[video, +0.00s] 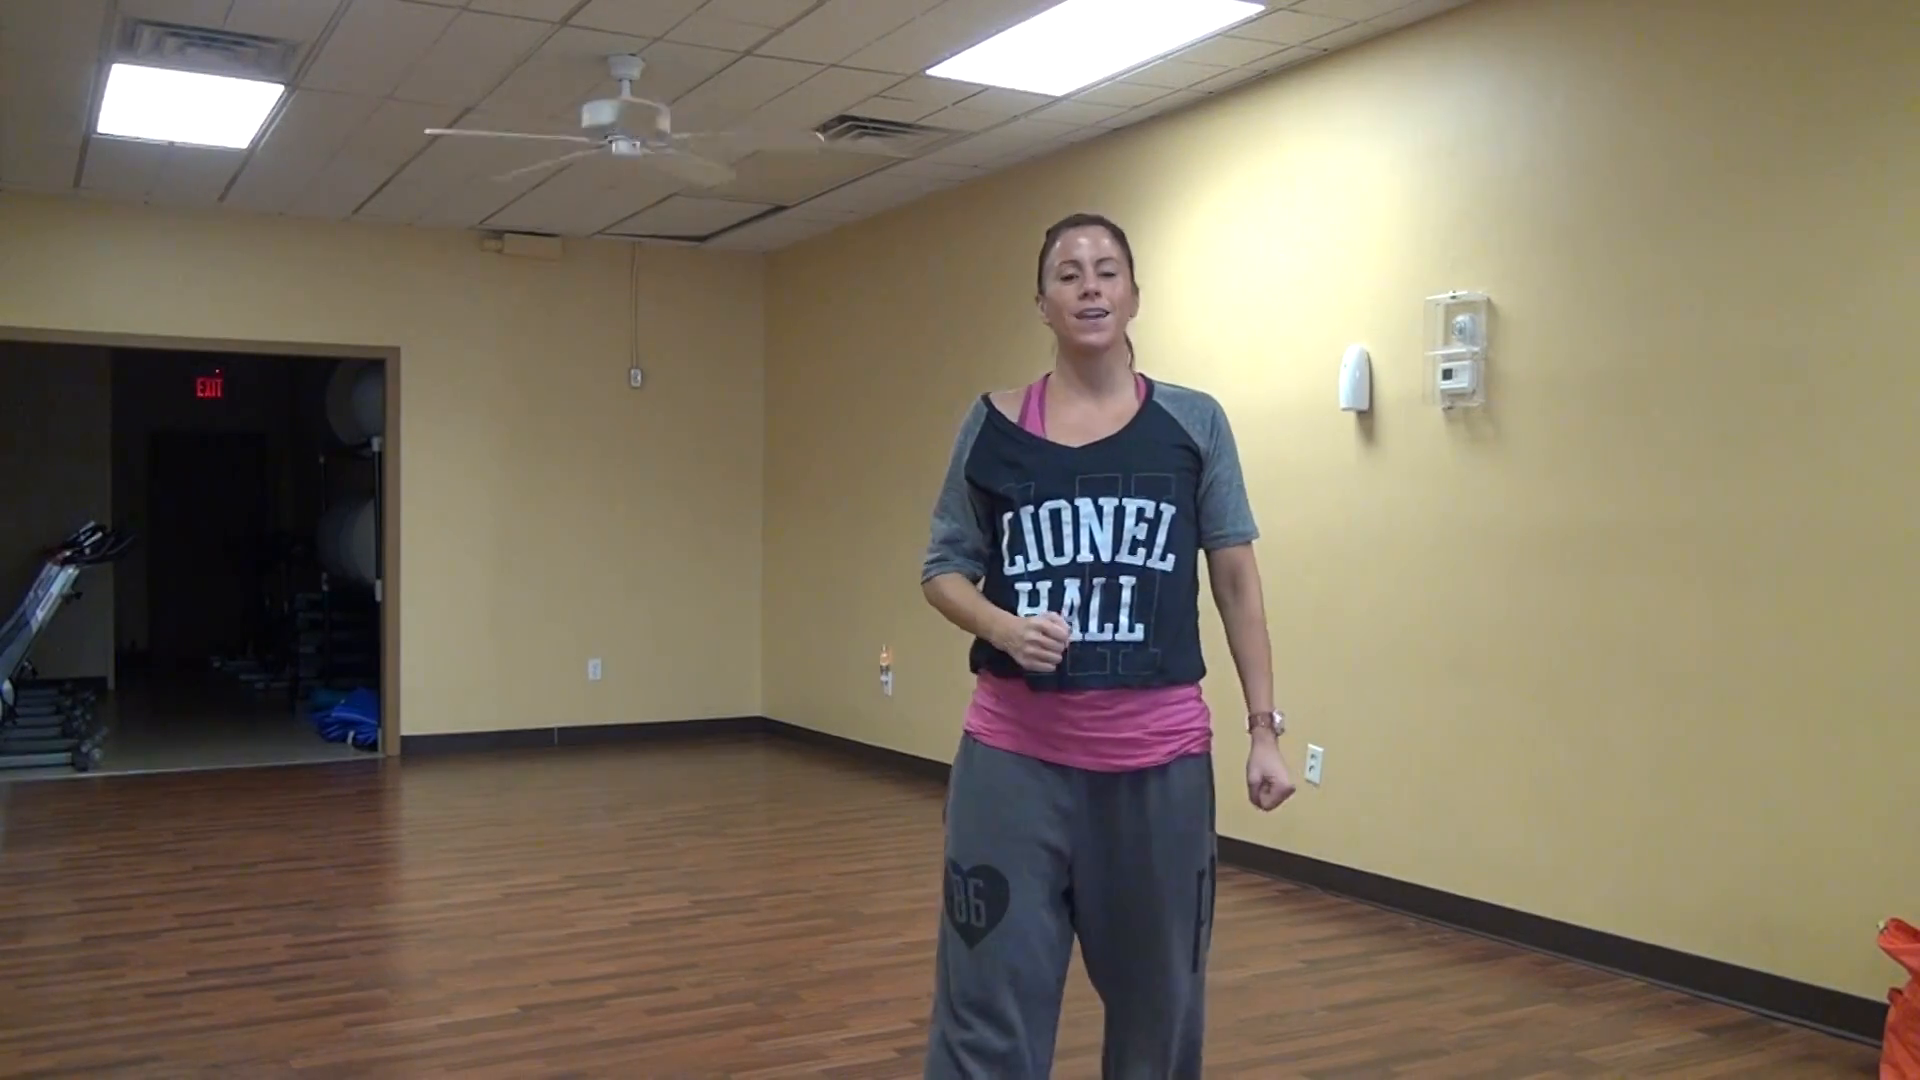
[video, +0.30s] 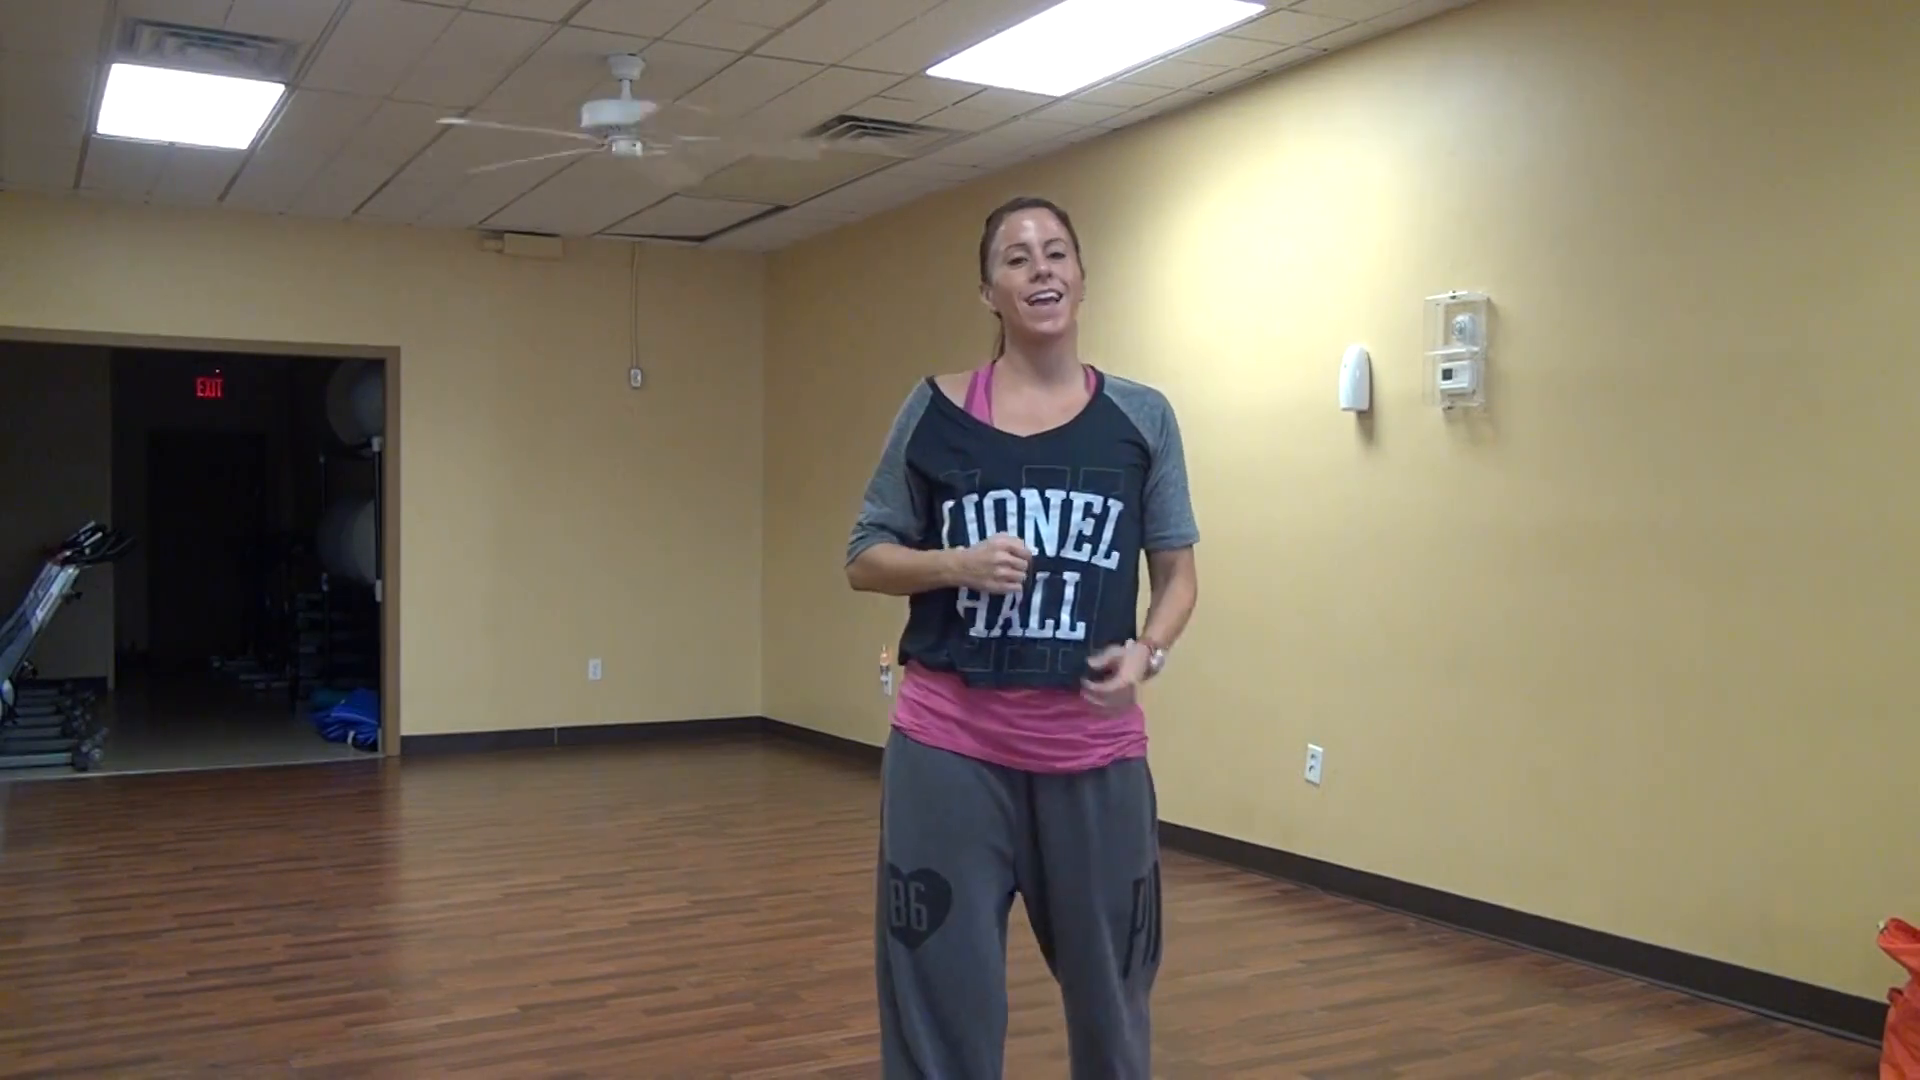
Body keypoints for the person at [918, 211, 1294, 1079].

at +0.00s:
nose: (1089, 286)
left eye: (1106, 270)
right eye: (1069, 273)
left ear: (1133, 292)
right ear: (1042, 299)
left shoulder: (1194, 421)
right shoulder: (996, 422)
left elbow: (1236, 580)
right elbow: (943, 570)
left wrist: (1264, 728)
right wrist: (1002, 627)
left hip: (1156, 759)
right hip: (1013, 754)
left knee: (1159, 1020)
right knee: (989, 1016)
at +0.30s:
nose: (1041, 270)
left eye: (1056, 253)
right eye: (1018, 258)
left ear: (1082, 275)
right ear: (988, 292)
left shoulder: (1142, 415)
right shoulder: (937, 407)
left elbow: (1176, 570)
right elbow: (866, 560)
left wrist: (1147, 649)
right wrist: (956, 565)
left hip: (1092, 750)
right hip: (947, 742)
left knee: (1112, 1008)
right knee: (938, 1005)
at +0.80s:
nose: (940, 277)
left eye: (961, 259)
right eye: (921, 261)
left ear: (998, 282)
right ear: (901, 282)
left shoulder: (1061, 409)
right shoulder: (848, 409)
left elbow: (1146, 570)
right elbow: (778, 571)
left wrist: (1008, 546)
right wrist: (893, 544)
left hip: (1014, 756)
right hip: (862, 754)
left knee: (1060, 1014)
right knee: (879, 1019)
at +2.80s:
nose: (1032, 138)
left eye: (1049, 116)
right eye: (1007, 125)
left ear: (1084, 137)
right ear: (983, 156)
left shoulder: (1161, 277)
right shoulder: (939, 285)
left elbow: (1240, 446)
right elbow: (871, 448)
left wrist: (1126, 465)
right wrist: (983, 455)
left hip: (1127, 648)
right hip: (967, 644)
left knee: (1121, 922)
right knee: (927, 914)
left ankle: (1109, 1071)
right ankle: (896, 1069)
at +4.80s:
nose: (1019, 127)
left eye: (1038, 110)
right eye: (995, 114)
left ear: (1068, 137)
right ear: (966, 148)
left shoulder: (1137, 276)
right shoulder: (916, 277)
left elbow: (1198, 453)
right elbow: (862, 458)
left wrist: (1119, 443)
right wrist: (897, 444)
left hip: (1099, 644)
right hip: (937, 642)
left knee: (1107, 925)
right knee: (907, 916)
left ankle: (1107, 1074)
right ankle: (887, 1070)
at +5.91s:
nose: (999, 140)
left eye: (1016, 122)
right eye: (975, 127)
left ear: (1044, 146)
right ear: (943, 160)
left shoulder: (1098, 294)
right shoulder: (887, 279)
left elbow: (1141, 467)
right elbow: (821, 440)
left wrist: (1083, 454)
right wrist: (886, 488)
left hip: (1043, 644)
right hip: (890, 642)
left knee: (1077, 907)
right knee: (876, 901)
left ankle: (1103, 1068)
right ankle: (878, 1067)